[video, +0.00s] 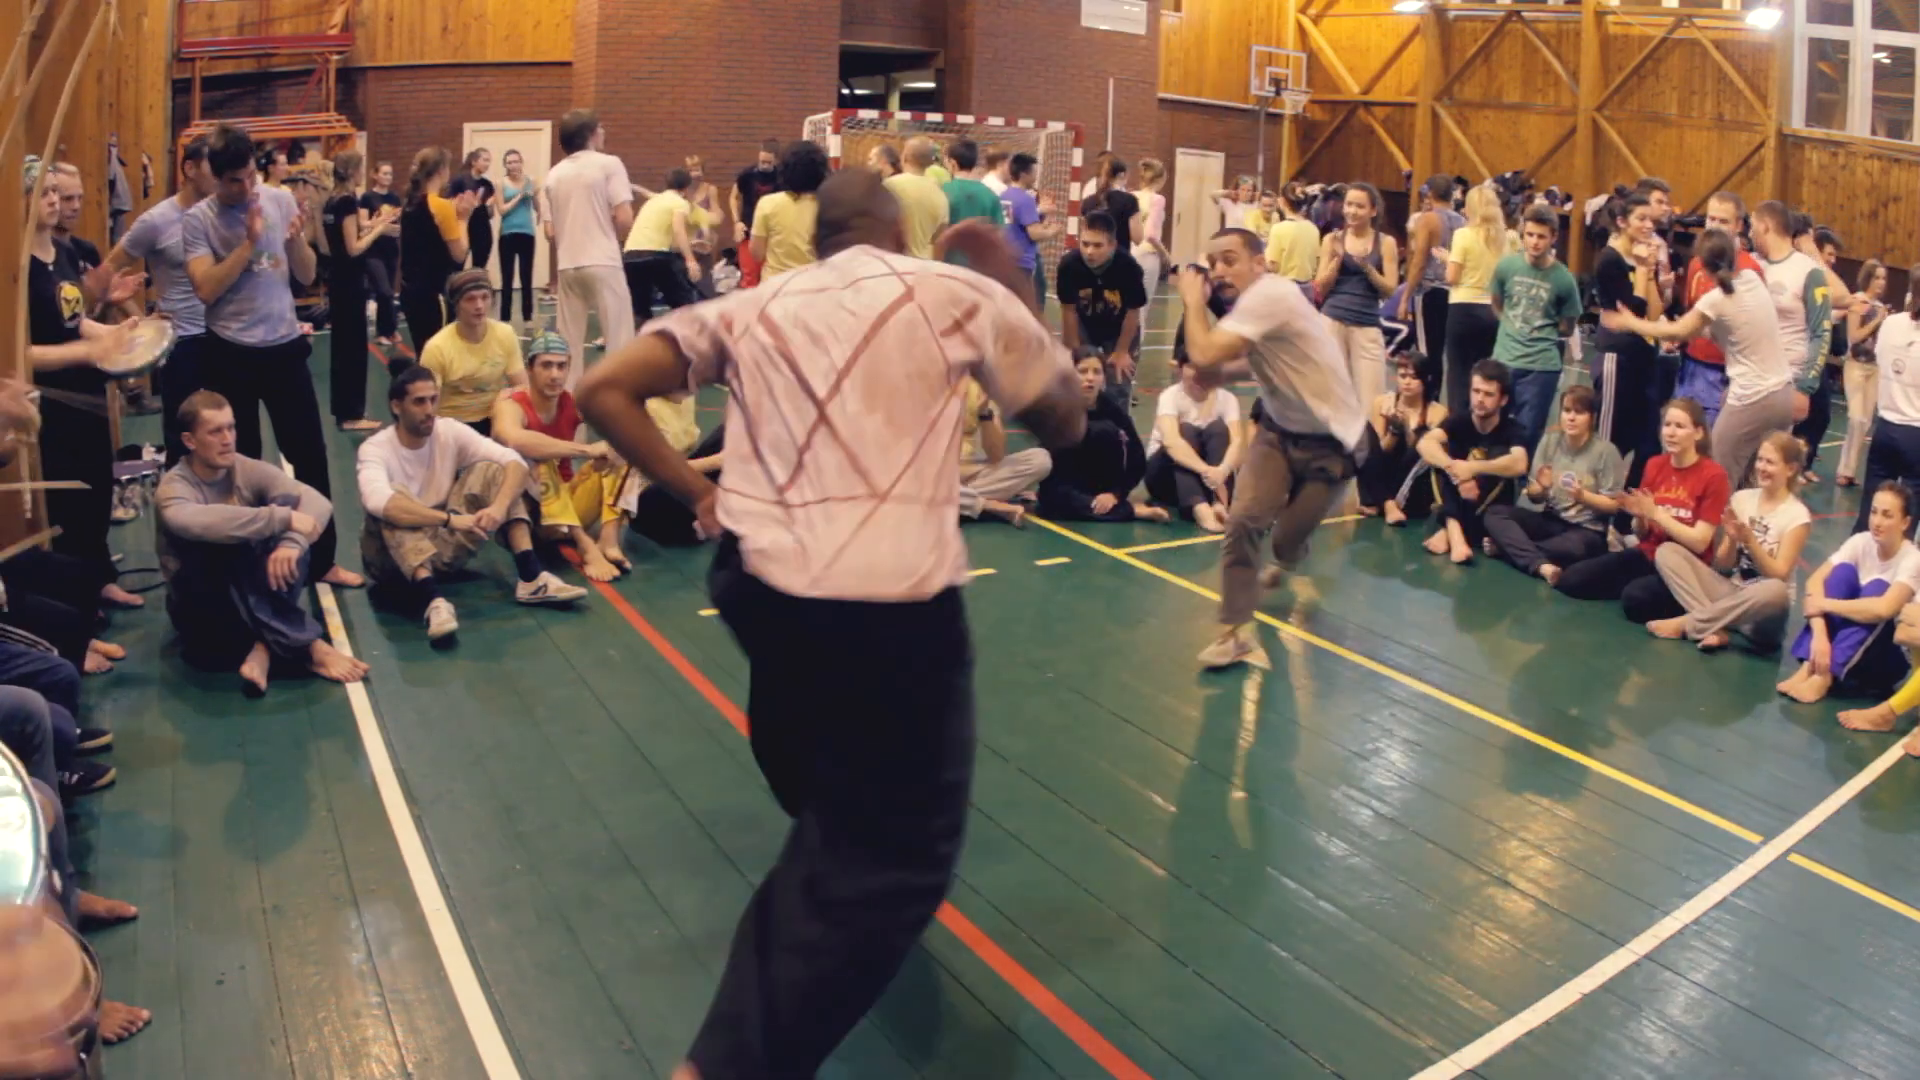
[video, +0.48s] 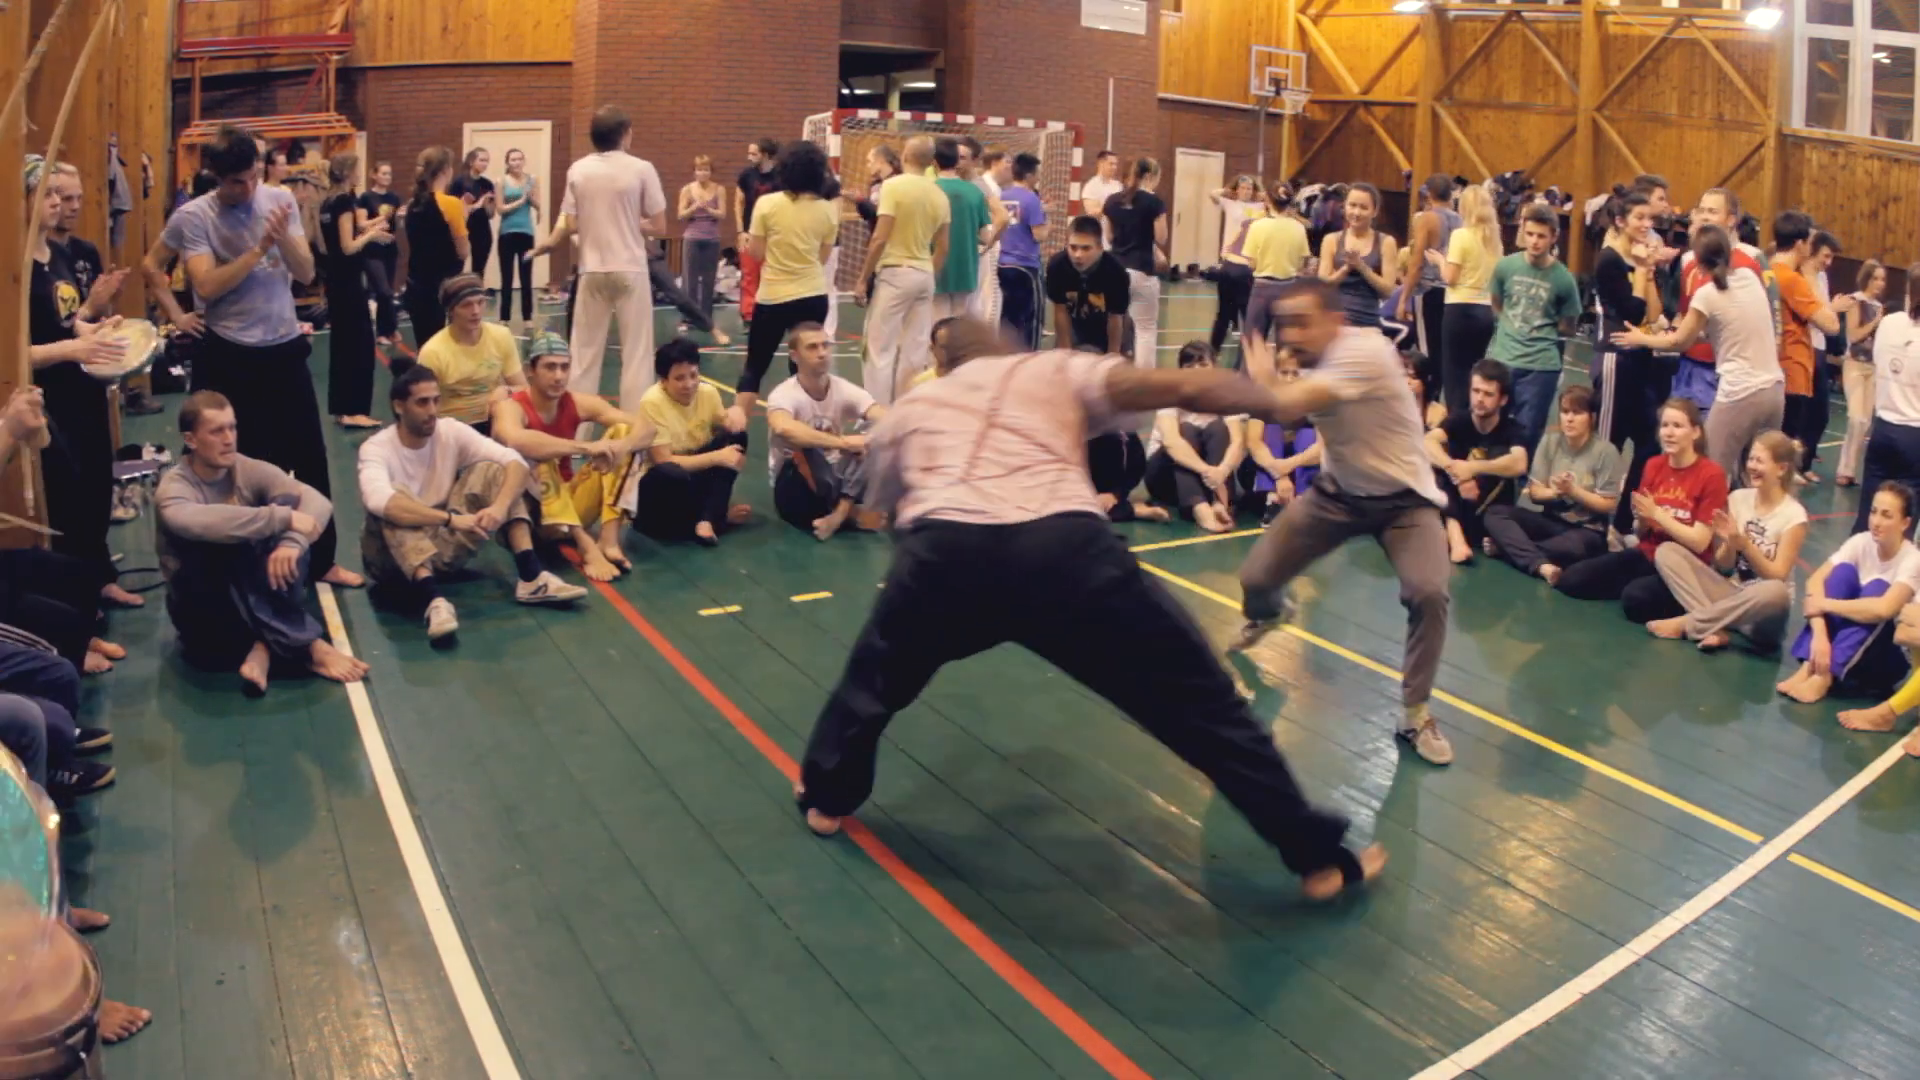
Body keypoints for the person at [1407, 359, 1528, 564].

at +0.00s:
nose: (1480, 400)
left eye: (1488, 394)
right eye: (1476, 392)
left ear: (1503, 400)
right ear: (1469, 392)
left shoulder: (1511, 428)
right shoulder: (1459, 421)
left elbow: (1519, 465)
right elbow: (1425, 444)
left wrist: (1472, 467)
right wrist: (1458, 475)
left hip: (1492, 511)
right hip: (1455, 505)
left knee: (1501, 460)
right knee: (1439, 459)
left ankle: (1449, 529)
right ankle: (1454, 529)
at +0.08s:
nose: (1480, 399)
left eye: (1488, 394)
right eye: (1476, 391)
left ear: (1503, 400)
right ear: (1469, 392)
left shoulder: (1511, 428)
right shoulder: (1459, 421)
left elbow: (1519, 464)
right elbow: (1426, 443)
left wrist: (1472, 467)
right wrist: (1459, 474)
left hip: (1492, 508)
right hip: (1455, 502)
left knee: (1501, 468)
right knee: (1438, 462)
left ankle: (1449, 529)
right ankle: (1454, 530)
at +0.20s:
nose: (1480, 399)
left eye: (1488, 394)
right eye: (1476, 391)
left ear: (1503, 400)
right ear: (1469, 391)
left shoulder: (1511, 428)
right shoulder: (1459, 421)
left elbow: (1519, 464)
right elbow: (1425, 443)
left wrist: (1472, 467)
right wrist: (1459, 475)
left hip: (1492, 507)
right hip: (1454, 502)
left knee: (1501, 464)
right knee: (1438, 461)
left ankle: (1449, 529)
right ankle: (1454, 530)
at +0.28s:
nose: (1479, 399)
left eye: (1488, 394)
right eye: (1476, 391)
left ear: (1503, 400)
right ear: (1469, 392)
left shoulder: (1511, 428)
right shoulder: (1459, 421)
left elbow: (1518, 465)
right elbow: (1426, 443)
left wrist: (1471, 467)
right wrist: (1459, 474)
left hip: (1492, 508)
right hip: (1455, 502)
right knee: (1437, 466)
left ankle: (1449, 528)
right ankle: (1454, 529)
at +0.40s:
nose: (1479, 399)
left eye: (1488, 394)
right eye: (1476, 391)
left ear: (1503, 400)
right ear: (1469, 392)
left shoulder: (1512, 429)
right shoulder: (1458, 421)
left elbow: (1519, 465)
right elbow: (1429, 441)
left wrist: (1471, 468)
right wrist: (1459, 475)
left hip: (1492, 511)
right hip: (1457, 504)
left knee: (1502, 460)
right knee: (1443, 466)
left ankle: (1448, 531)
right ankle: (1456, 535)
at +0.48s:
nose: (1479, 400)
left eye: (1488, 394)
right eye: (1476, 391)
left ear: (1503, 400)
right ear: (1469, 392)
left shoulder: (1512, 429)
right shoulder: (1458, 420)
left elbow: (1519, 465)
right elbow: (1429, 442)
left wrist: (1472, 468)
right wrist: (1459, 474)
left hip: (1493, 510)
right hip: (1458, 503)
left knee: (1503, 459)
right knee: (1437, 469)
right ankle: (1455, 535)